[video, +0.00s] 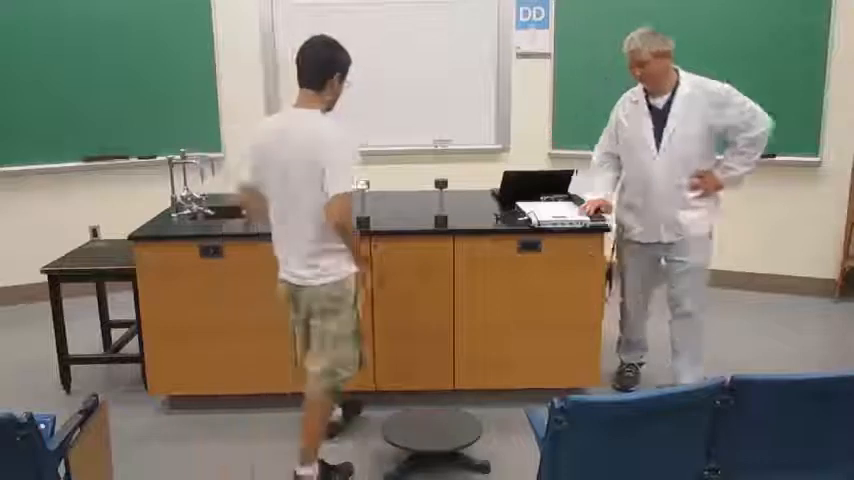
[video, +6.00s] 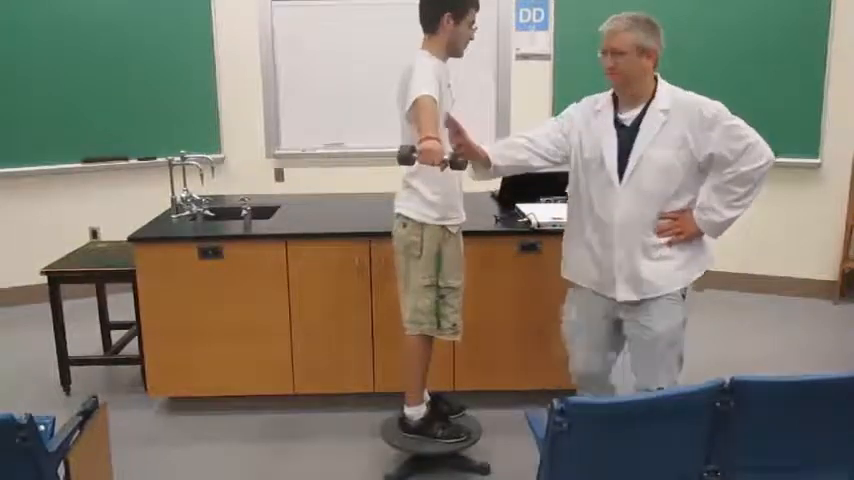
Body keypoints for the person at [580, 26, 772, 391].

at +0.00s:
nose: (635, 74)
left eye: (641, 66)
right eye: (632, 67)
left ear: (665, 59)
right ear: (631, 66)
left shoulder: (708, 95)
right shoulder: (627, 106)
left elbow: (757, 126)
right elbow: (606, 157)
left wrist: (722, 174)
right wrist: (600, 195)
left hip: (688, 225)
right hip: (637, 225)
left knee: (686, 308)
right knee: (632, 301)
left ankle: (688, 385)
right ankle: (630, 360)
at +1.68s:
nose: (600, 79)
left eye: (605, 70)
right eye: (598, 71)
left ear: (633, 61)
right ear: (627, 63)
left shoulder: (676, 99)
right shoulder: (615, 103)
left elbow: (732, 143)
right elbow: (618, 170)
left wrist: (692, 199)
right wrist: (593, 211)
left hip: (653, 246)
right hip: (612, 242)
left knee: (635, 343)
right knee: (608, 336)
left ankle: (633, 429)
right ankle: (612, 424)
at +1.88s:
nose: (591, 79)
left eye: (595, 70)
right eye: (588, 72)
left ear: (619, 60)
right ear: (614, 62)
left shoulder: (661, 94)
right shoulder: (613, 101)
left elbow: (711, 141)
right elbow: (624, 168)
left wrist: (677, 198)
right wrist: (594, 209)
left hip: (644, 245)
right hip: (602, 239)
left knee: (628, 340)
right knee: (582, 329)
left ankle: (623, 425)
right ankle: (564, 411)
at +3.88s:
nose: (589, 91)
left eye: (593, 82)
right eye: (586, 83)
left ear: (620, 71)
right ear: (606, 76)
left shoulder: (660, 110)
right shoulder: (601, 113)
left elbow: (713, 153)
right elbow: (594, 170)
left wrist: (672, 210)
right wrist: (582, 204)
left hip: (632, 256)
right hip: (587, 250)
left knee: (620, 355)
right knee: (561, 338)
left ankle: (617, 439)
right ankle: (528, 423)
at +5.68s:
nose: (610, 62)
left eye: (619, 54)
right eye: (607, 53)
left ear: (649, 56)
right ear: (603, 55)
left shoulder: (684, 109)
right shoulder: (591, 108)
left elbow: (738, 154)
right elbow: (558, 153)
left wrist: (691, 207)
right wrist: (524, 171)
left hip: (648, 261)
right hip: (594, 258)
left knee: (642, 364)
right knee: (598, 358)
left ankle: (642, 447)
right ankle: (599, 439)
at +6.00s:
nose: (606, 63)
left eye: (616, 55)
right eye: (604, 54)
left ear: (649, 57)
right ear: (602, 57)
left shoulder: (695, 115)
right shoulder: (584, 115)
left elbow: (753, 158)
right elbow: (535, 146)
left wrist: (702, 217)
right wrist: (482, 155)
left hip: (657, 281)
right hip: (591, 277)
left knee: (654, 390)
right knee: (586, 375)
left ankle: (652, 479)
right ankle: (602, 467)